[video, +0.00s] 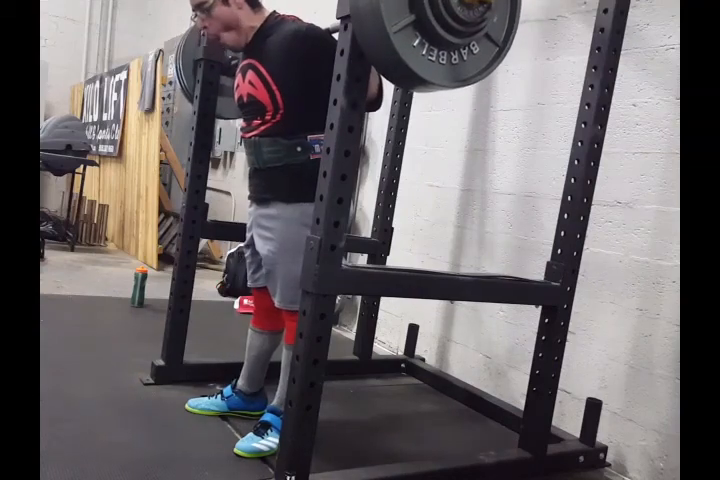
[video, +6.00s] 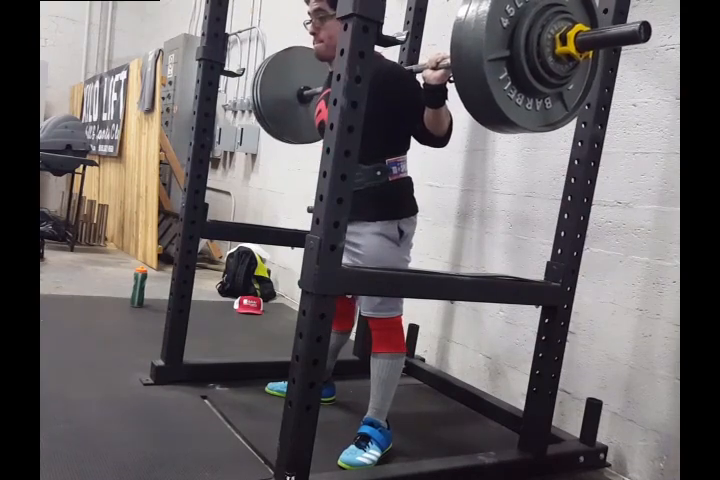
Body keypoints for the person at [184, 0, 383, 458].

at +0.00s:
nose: (213, 38)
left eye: (211, 25)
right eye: (207, 31)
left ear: (233, 5)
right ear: (232, 8)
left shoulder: (302, 41)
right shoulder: (249, 55)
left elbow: (371, 94)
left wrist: (362, 38)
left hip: (301, 209)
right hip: (265, 207)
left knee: (296, 315)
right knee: (264, 305)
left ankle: (284, 417)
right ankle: (246, 391)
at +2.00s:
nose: (289, 57)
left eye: (292, 44)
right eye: (283, 49)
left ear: (319, 27)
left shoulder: (383, 66)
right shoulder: (322, 79)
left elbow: (439, 122)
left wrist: (431, 75)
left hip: (383, 211)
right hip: (336, 208)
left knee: (379, 310)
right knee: (335, 301)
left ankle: (376, 424)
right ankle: (330, 389)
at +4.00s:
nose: (300, 30)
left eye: (308, 20)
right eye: (301, 21)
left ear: (340, 22)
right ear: (328, 25)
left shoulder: (388, 76)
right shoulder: (329, 80)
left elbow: (434, 135)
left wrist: (429, 86)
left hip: (379, 213)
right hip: (333, 210)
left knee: (378, 310)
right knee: (329, 299)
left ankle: (375, 423)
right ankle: (318, 379)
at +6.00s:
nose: (312, 32)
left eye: (319, 21)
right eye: (310, 23)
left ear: (349, 22)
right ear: (331, 27)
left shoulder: (391, 78)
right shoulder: (333, 80)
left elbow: (438, 136)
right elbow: (325, 126)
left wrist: (435, 88)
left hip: (382, 217)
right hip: (335, 213)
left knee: (382, 312)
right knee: (332, 302)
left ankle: (376, 424)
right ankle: (318, 380)